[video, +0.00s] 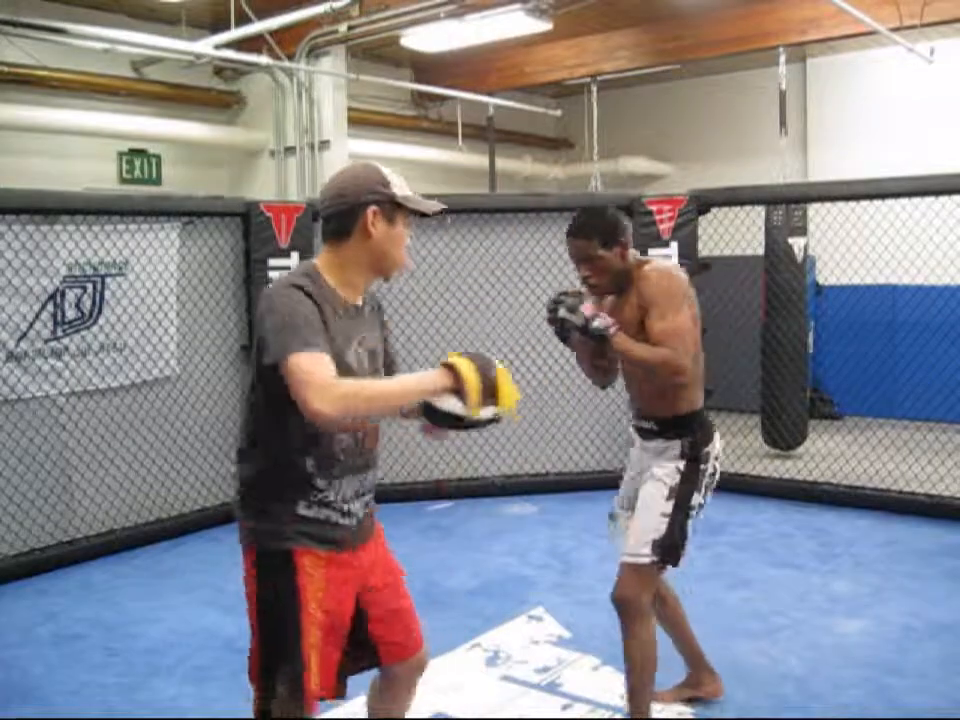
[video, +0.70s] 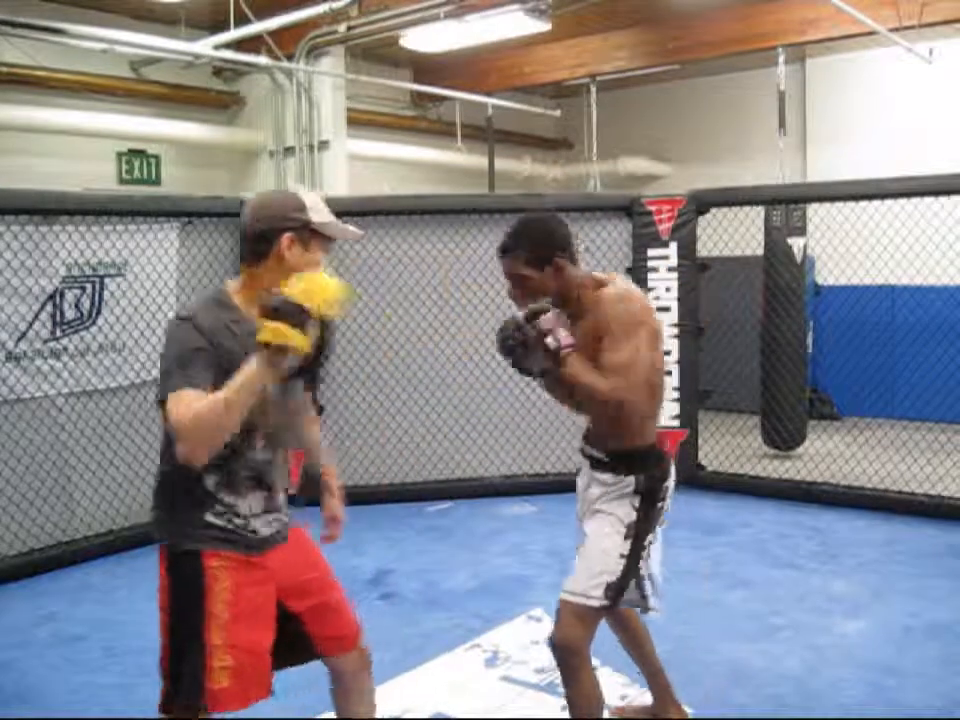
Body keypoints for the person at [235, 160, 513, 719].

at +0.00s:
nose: (410, 240)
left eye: (410, 226)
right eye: (403, 223)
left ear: (369, 225)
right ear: (371, 223)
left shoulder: (368, 306)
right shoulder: (289, 301)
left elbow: (371, 396)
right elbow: (321, 401)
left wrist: (426, 412)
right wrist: (443, 380)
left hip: (358, 527)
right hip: (292, 540)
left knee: (405, 663)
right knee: (290, 700)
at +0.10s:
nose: (409, 242)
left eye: (411, 229)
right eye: (406, 227)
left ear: (371, 223)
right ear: (371, 220)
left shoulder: (377, 301)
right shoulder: (282, 285)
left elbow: (414, 379)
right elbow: (293, 367)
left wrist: (462, 442)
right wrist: (405, 337)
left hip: (354, 512)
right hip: (288, 518)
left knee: (390, 663)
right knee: (289, 694)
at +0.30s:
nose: (406, 239)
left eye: (410, 228)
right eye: (404, 225)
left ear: (368, 218)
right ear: (374, 216)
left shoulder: (351, 293)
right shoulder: (292, 279)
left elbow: (341, 400)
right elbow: (361, 354)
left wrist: (395, 451)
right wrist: (412, 266)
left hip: (335, 507)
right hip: (282, 511)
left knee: (371, 643)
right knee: (281, 687)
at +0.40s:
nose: (392, 249)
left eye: (394, 235)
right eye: (389, 233)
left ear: (348, 227)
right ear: (360, 226)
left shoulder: (312, 291)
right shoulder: (320, 294)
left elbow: (292, 408)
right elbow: (407, 394)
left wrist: (359, 445)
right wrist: (462, 317)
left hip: (321, 514)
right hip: (274, 520)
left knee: (370, 642)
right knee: (243, 690)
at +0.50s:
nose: (376, 252)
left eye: (377, 238)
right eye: (371, 237)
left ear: (338, 235)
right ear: (341, 234)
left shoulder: (307, 302)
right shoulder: (290, 306)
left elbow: (301, 415)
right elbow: (354, 421)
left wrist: (369, 425)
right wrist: (443, 383)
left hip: (311, 520)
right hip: (259, 529)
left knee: (373, 642)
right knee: (220, 694)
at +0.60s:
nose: (354, 261)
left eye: (355, 246)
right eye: (348, 245)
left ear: (312, 245)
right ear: (312, 243)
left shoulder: (306, 319)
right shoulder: (238, 318)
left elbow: (312, 407)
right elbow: (235, 425)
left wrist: (374, 449)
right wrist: (341, 390)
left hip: (302, 527)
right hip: (238, 540)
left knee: (374, 655)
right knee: (212, 703)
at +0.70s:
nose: (324, 261)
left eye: (325, 248)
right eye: (319, 248)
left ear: (290, 250)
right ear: (288, 248)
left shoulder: (296, 321)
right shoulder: (197, 328)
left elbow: (301, 411)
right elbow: (192, 443)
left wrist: (326, 473)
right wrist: (267, 363)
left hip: (275, 531)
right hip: (206, 542)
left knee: (352, 660)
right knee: (193, 704)